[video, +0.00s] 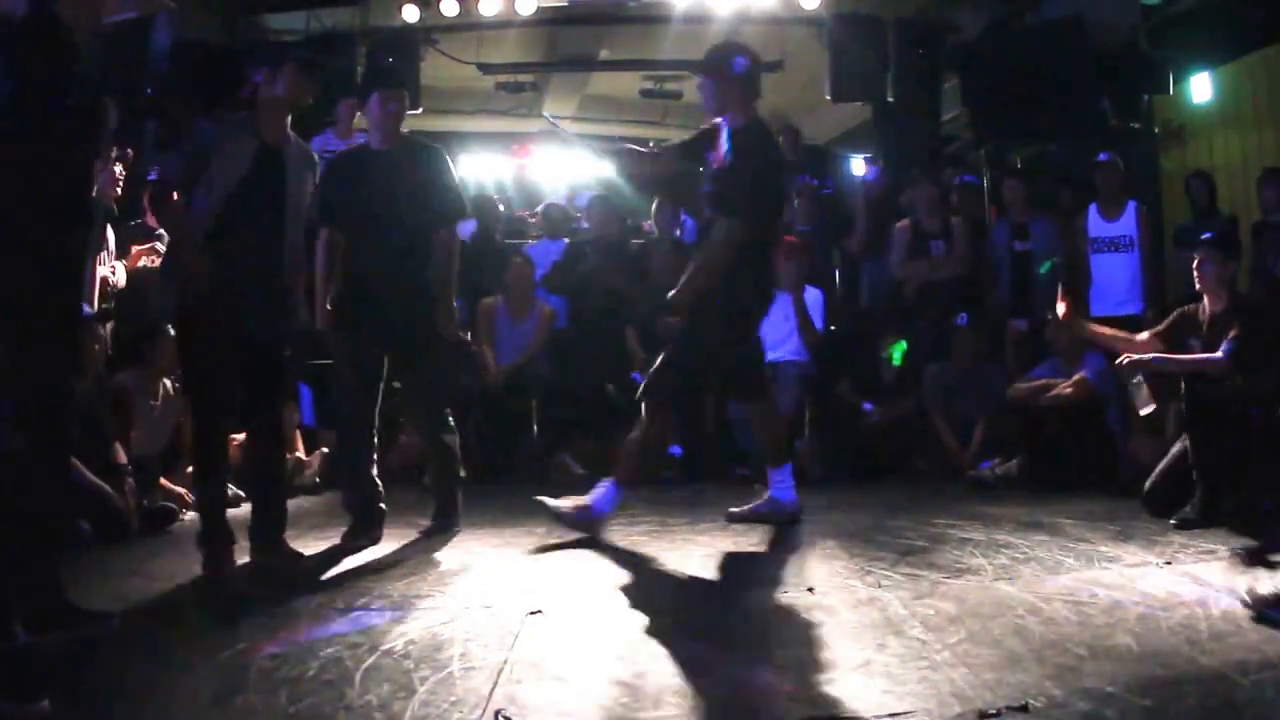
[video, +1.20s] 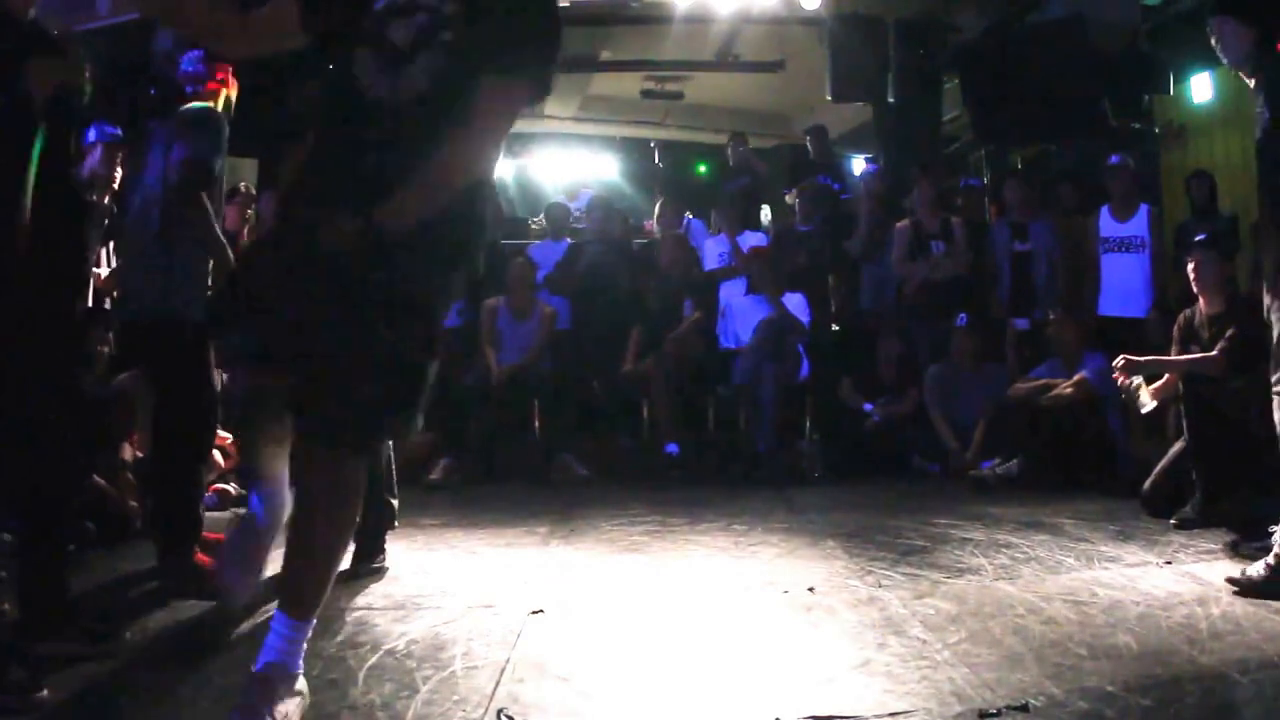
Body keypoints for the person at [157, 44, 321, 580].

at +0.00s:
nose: (288, 97)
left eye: (296, 89)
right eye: (281, 85)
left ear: (302, 95)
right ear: (260, 84)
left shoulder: (303, 159)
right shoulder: (216, 137)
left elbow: (301, 237)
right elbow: (162, 193)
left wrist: (301, 301)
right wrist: (189, 244)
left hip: (269, 308)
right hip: (208, 306)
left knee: (270, 428)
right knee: (210, 426)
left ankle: (269, 541)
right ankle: (216, 547)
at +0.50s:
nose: (259, 71)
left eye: (260, 60)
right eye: (249, 59)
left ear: (249, 69)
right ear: (217, 61)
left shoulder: (239, 137)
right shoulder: (185, 124)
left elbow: (232, 222)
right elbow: (148, 201)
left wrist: (256, 260)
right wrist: (196, 259)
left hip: (221, 303)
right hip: (175, 306)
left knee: (243, 423)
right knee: (182, 426)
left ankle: (216, 536)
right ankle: (180, 553)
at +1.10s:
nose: (236, 96)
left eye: (235, 86)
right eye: (232, 85)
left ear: (199, 81)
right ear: (216, 83)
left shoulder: (185, 120)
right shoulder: (192, 117)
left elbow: (172, 209)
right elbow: (163, 199)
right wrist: (207, 254)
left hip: (166, 297)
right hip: (167, 301)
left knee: (179, 422)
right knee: (183, 425)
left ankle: (179, 535)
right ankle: (179, 554)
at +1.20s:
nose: (233, 100)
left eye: (231, 94)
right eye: (231, 93)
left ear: (193, 88)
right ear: (221, 91)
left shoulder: (169, 126)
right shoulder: (205, 120)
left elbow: (128, 210)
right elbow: (190, 197)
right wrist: (229, 263)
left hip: (150, 301)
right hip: (176, 305)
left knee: (175, 422)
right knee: (191, 422)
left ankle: (171, 541)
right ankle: (179, 550)